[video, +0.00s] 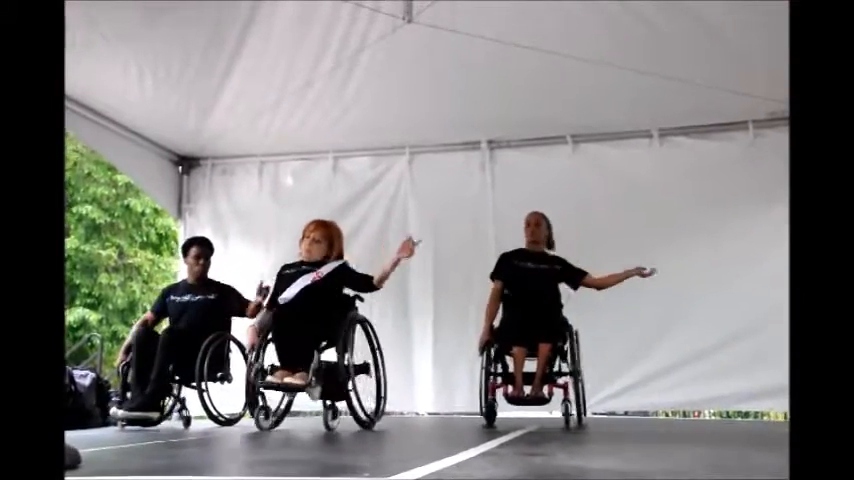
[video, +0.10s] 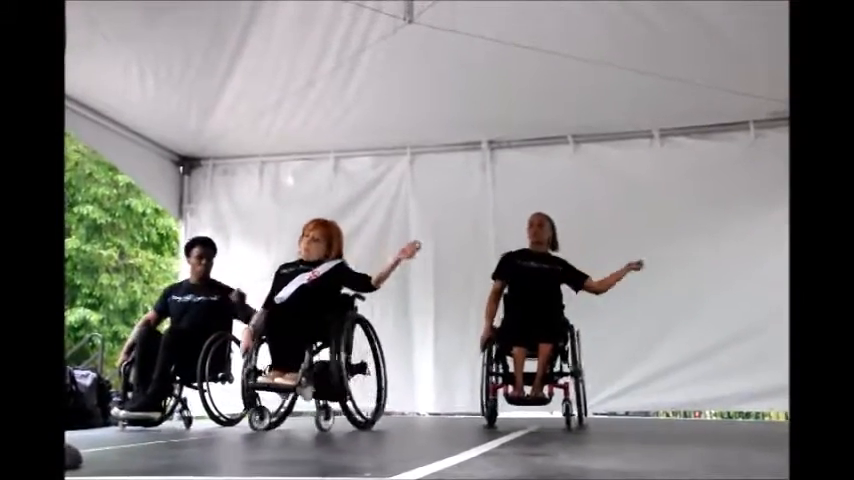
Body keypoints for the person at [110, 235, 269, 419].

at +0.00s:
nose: (203, 262)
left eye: (207, 258)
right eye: (197, 257)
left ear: (211, 261)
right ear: (186, 260)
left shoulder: (223, 292)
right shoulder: (172, 292)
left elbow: (250, 312)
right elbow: (147, 320)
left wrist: (260, 300)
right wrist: (126, 348)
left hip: (211, 357)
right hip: (180, 356)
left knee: (170, 335)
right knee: (144, 334)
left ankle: (153, 401)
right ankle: (138, 399)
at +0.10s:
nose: (205, 263)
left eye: (209, 259)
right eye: (200, 258)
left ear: (213, 261)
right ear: (188, 259)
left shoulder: (225, 294)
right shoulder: (173, 292)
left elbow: (254, 321)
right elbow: (150, 321)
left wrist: (242, 306)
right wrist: (127, 349)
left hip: (212, 359)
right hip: (181, 358)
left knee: (172, 336)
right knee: (147, 334)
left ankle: (153, 402)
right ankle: (139, 400)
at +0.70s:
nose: (196, 271)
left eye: (200, 266)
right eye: (193, 266)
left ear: (214, 264)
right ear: (190, 265)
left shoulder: (225, 290)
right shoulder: (209, 288)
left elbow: (224, 324)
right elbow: (213, 320)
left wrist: (200, 319)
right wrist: (198, 318)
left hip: (225, 349)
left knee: (168, 337)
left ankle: (145, 395)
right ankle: (148, 392)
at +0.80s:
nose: (195, 272)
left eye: (200, 267)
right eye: (192, 267)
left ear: (213, 266)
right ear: (189, 267)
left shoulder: (221, 289)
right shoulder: (215, 288)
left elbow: (221, 323)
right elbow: (216, 320)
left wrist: (196, 323)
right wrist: (198, 323)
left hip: (226, 348)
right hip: (220, 344)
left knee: (169, 337)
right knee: (168, 336)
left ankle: (146, 395)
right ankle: (150, 391)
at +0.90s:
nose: (195, 272)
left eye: (199, 267)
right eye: (192, 267)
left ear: (213, 266)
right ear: (190, 266)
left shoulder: (217, 292)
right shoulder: (225, 287)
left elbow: (206, 324)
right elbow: (208, 320)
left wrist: (187, 325)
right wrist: (191, 325)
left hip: (221, 349)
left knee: (168, 336)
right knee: (170, 337)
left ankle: (145, 394)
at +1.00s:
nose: (198, 272)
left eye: (203, 267)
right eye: (196, 267)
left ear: (218, 266)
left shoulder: (213, 293)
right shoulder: (241, 288)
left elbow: (190, 327)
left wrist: (186, 315)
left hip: (225, 362)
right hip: (248, 358)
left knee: (173, 337)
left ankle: (160, 396)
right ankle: (173, 396)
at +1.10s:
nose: (197, 271)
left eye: (200, 266)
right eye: (197, 266)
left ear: (210, 266)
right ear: (222, 265)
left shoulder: (211, 292)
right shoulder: (245, 287)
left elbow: (185, 325)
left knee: (178, 338)